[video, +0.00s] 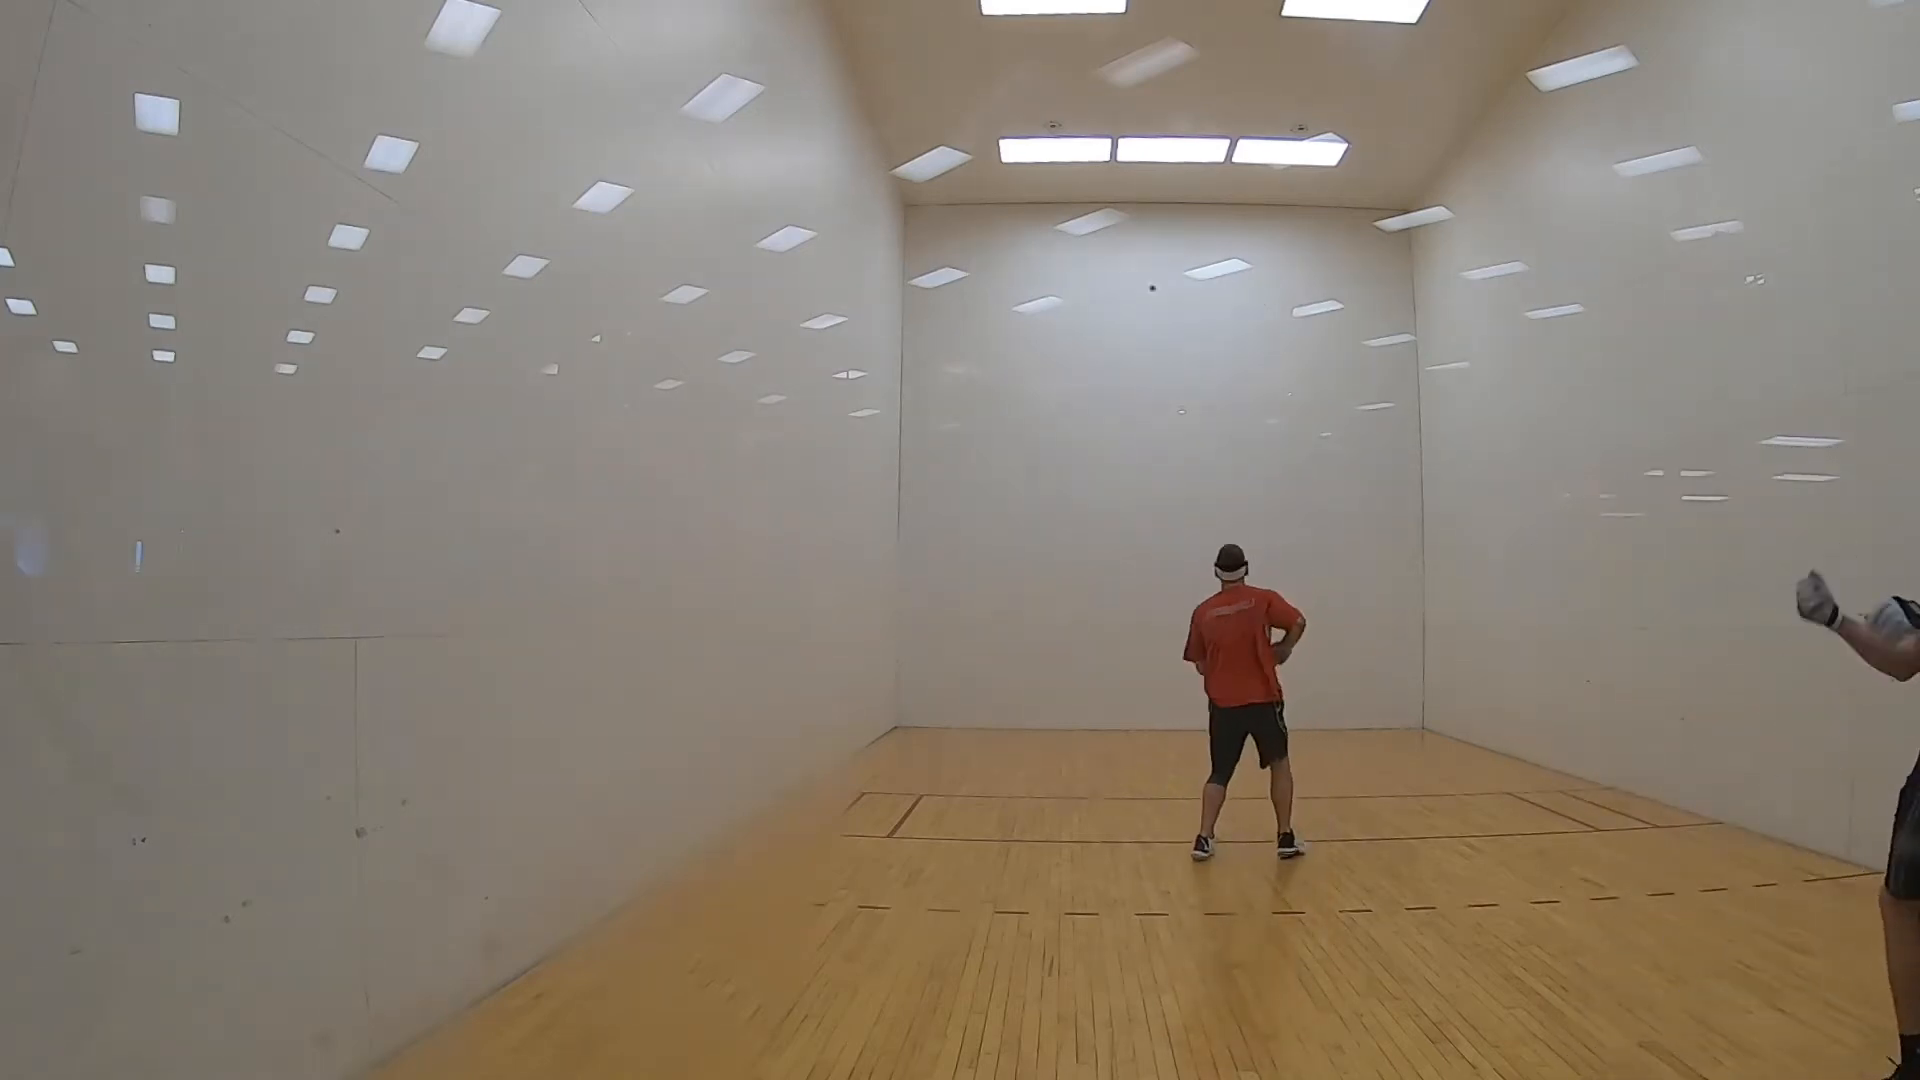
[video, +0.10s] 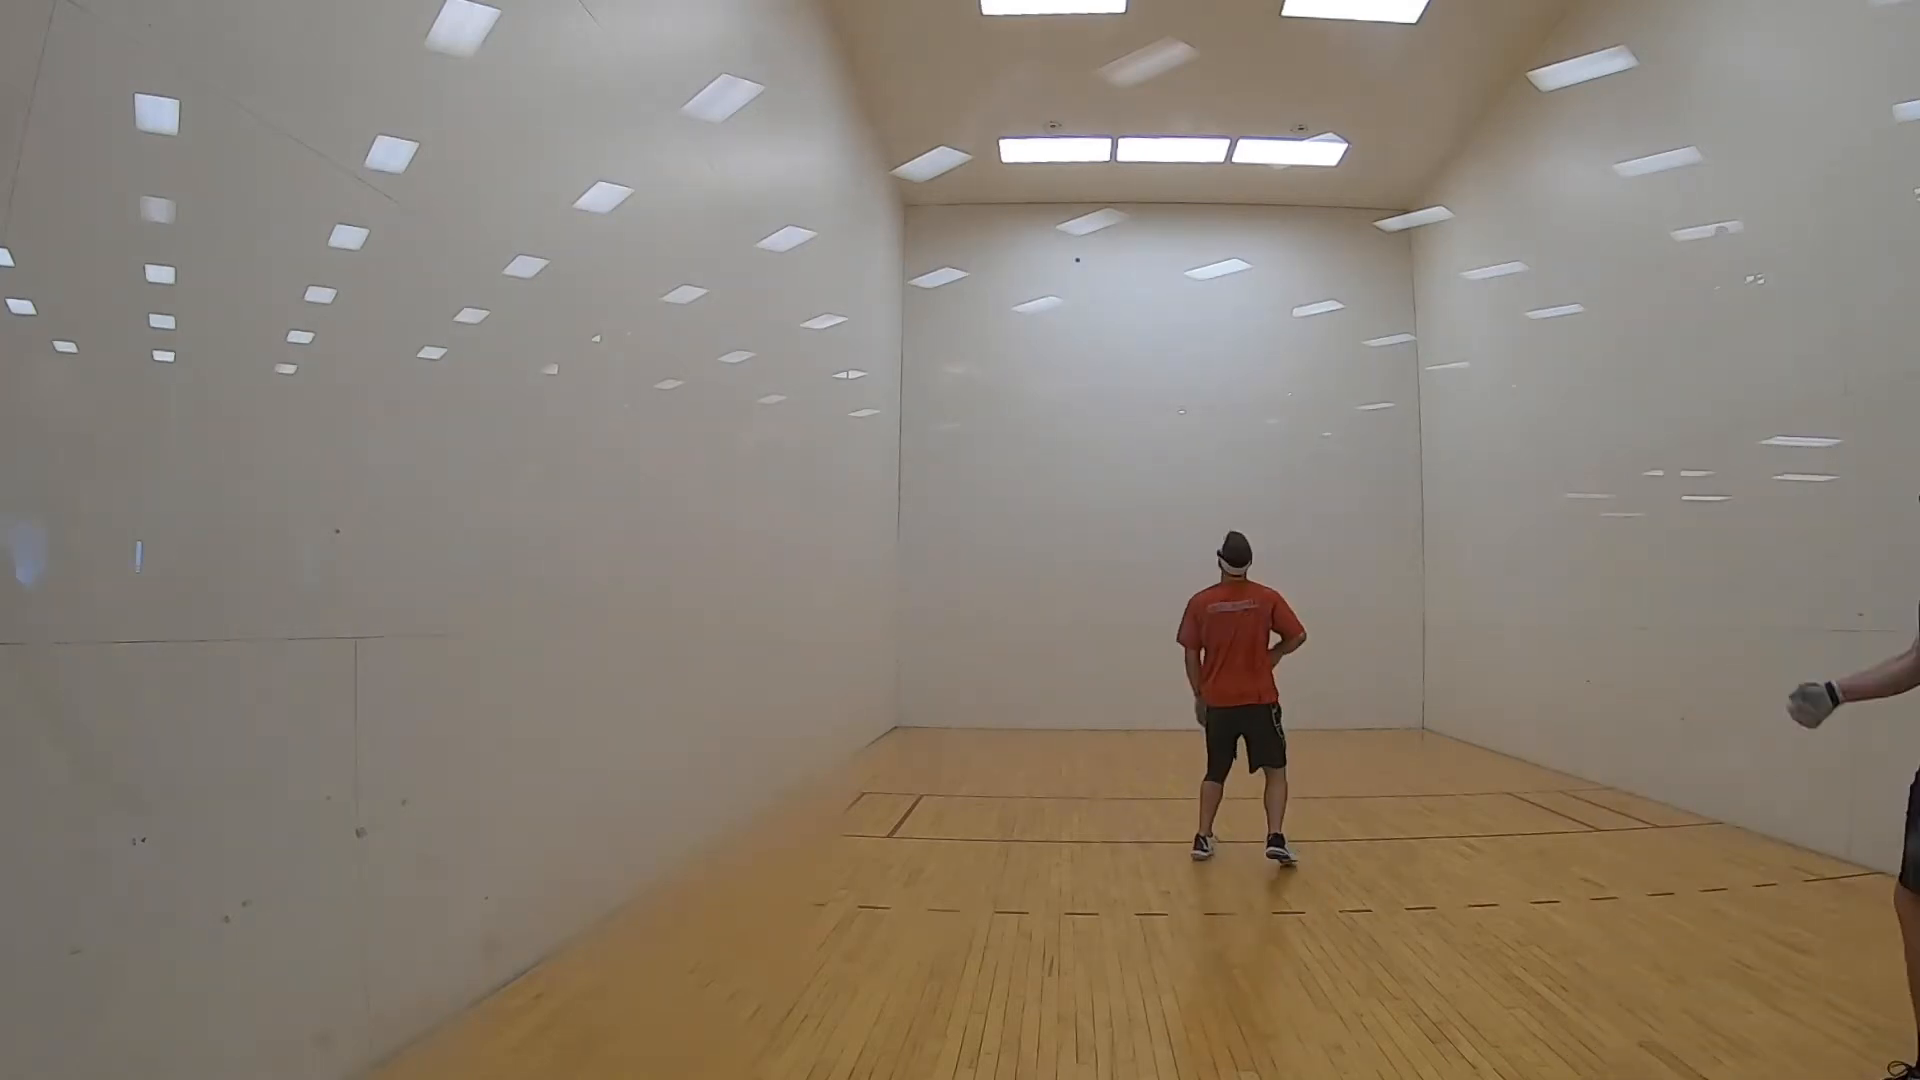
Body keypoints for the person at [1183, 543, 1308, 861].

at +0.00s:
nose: (1231, 573)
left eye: (1223, 569)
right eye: (1237, 567)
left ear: (1217, 572)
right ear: (1245, 569)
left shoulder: (1203, 612)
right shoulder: (1264, 599)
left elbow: (1200, 662)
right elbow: (1297, 622)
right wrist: (1283, 649)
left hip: (1224, 707)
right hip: (1263, 703)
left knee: (1219, 774)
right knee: (1279, 764)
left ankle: (1204, 837)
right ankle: (1285, 837)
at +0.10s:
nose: (1228, 564)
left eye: (1225, 559)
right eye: (1237, 562)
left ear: (1221, 561)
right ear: (1250, 563)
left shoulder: (1199, 603)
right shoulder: (1268, 598)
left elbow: (1191, 655)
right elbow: (1296, 635)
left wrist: (1199, 696)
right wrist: (1275, 654)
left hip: (1217, 704)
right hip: (1260, 703)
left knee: (1215, 772)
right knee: (1275, 770)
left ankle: (1203, 838)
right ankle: (1275, 838)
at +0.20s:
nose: (1233, 564)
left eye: (1227, 558)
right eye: (1243, 561)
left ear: (1225, 560)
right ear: (1255, 563)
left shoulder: (1200, 603)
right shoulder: (1271, 603)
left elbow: (1178, 651)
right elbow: (1299, 647)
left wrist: (1163, 691)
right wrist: (1267, 648)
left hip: (1216, 708)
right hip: (1259, 708)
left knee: (1214, 772)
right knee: (1271, 777)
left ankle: (1202, 837)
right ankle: (1268, 837)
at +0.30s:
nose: (1233, 563)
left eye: (1232, 559)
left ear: (1232, 563)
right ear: (1263, 565)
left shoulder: (1206, 606)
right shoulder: (1279, 611)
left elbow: (1173, 645)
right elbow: (1302, 651)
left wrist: (1139, 680)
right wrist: (1265, 639)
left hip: (1216, 713)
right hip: (1259, 715)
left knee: (1213, 776)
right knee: (1266, 787)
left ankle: (1203, 838)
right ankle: (1267, 846)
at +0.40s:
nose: (1242, 554)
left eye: (1242, 549)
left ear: (1244, 554)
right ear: (1275, 558)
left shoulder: (1217, 597)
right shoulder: (1291, 605)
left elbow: (1179, 636)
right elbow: (1309, 647)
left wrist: (1142, 663)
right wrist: (1272, 638)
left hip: (1223, 710)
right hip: (1267, 715)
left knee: (1211, 777)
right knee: (1267, 790)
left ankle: (1202, 835)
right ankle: (1255, 864)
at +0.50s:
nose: (1248, 541)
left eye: (1249, 536)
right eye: (1257, 537)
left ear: (1252, 541)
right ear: (1283, 545)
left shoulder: (1226, 583)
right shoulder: (1300, 595)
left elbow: (1186, 626)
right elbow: (1320, 641)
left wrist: (1149, 652)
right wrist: (1284, 644)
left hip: (1226, 701)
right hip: (1272, 708)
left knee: (1213, 774)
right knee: (1264, 789)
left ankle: (1203, 843)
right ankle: (1255, 869)